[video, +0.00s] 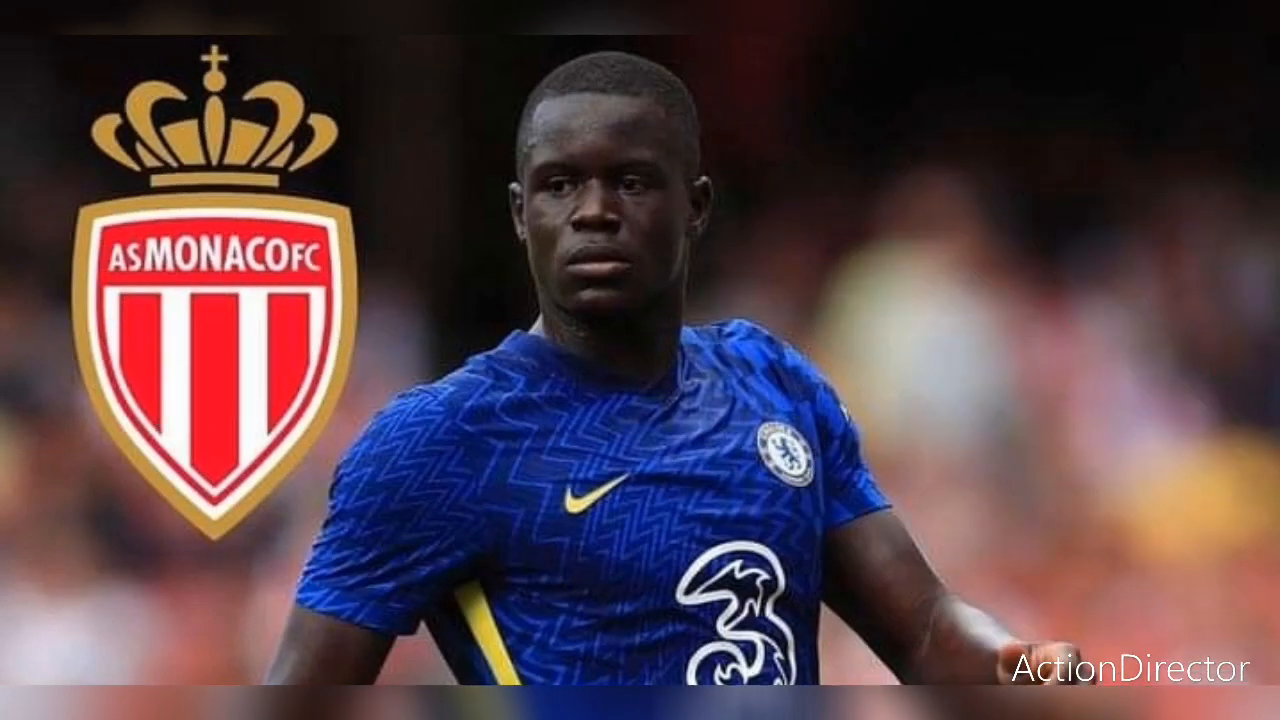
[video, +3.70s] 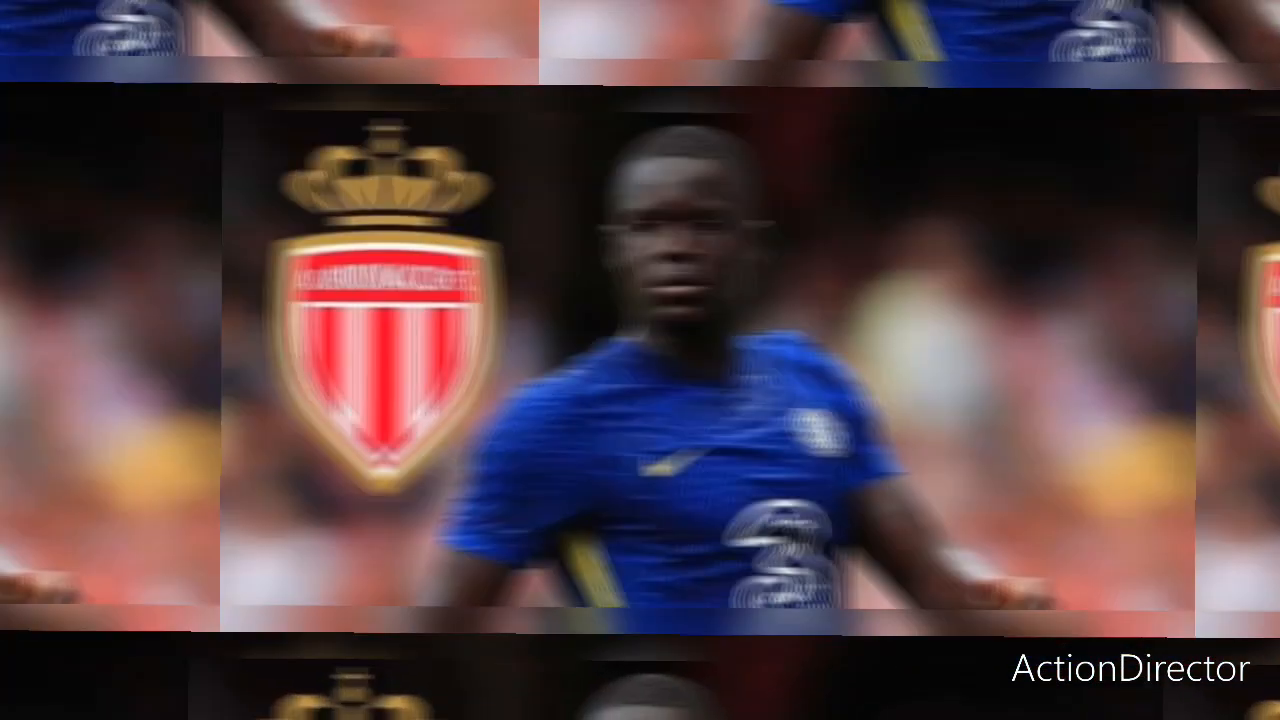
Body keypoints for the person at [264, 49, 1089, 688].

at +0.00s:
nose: (596, 209)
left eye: (633, 178)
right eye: (560, 181)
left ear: (697, 210)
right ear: (522, 216)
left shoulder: (770, 385)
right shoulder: (432, 445)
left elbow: (921, 626)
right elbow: (301, 692)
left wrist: (1021, 675)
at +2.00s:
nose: (596, 210)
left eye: (633, 178)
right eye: (560, 181)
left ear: (697, 208)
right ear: (522, 215)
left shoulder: (770, 385)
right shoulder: (433, 445)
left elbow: (921, 625)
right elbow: (301, 692)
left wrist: (1019, 674)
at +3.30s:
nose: (644, 218)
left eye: (680, 190)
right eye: (612, 193)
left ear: (739, 219)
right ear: (577, 223)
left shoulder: (807, 382)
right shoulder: (492, 439)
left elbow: (950, 608)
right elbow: (366, 682)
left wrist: (1045, 656)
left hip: (818, 705)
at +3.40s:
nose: (741, 225)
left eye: (774, 197)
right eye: (708, 199)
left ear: (831, 224)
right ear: (674, 228)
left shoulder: (897, 383)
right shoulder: (594, 437)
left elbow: (1032, 597)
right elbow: (474, 663)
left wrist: (1116, 641)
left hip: (906, 683)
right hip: (736, 697)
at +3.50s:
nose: (922, 234)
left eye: (954, 206)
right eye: (893, 209)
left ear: (1010, 232)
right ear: (857, 239)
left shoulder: (1072, 382)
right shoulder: (786, 431)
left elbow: (1204, 586)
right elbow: (668, 655)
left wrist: (1273, 628)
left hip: (1092, 691)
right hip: (904, 690)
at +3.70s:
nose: (676, 248)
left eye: (705, 224)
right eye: (648, 226)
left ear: (753, 245)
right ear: (613, 249)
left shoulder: (806, 381)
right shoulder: (554, 423)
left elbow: (927, 565)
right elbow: (437, 630)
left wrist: (992, 603)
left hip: (820, 696)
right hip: (672, 698)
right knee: (645, 700)